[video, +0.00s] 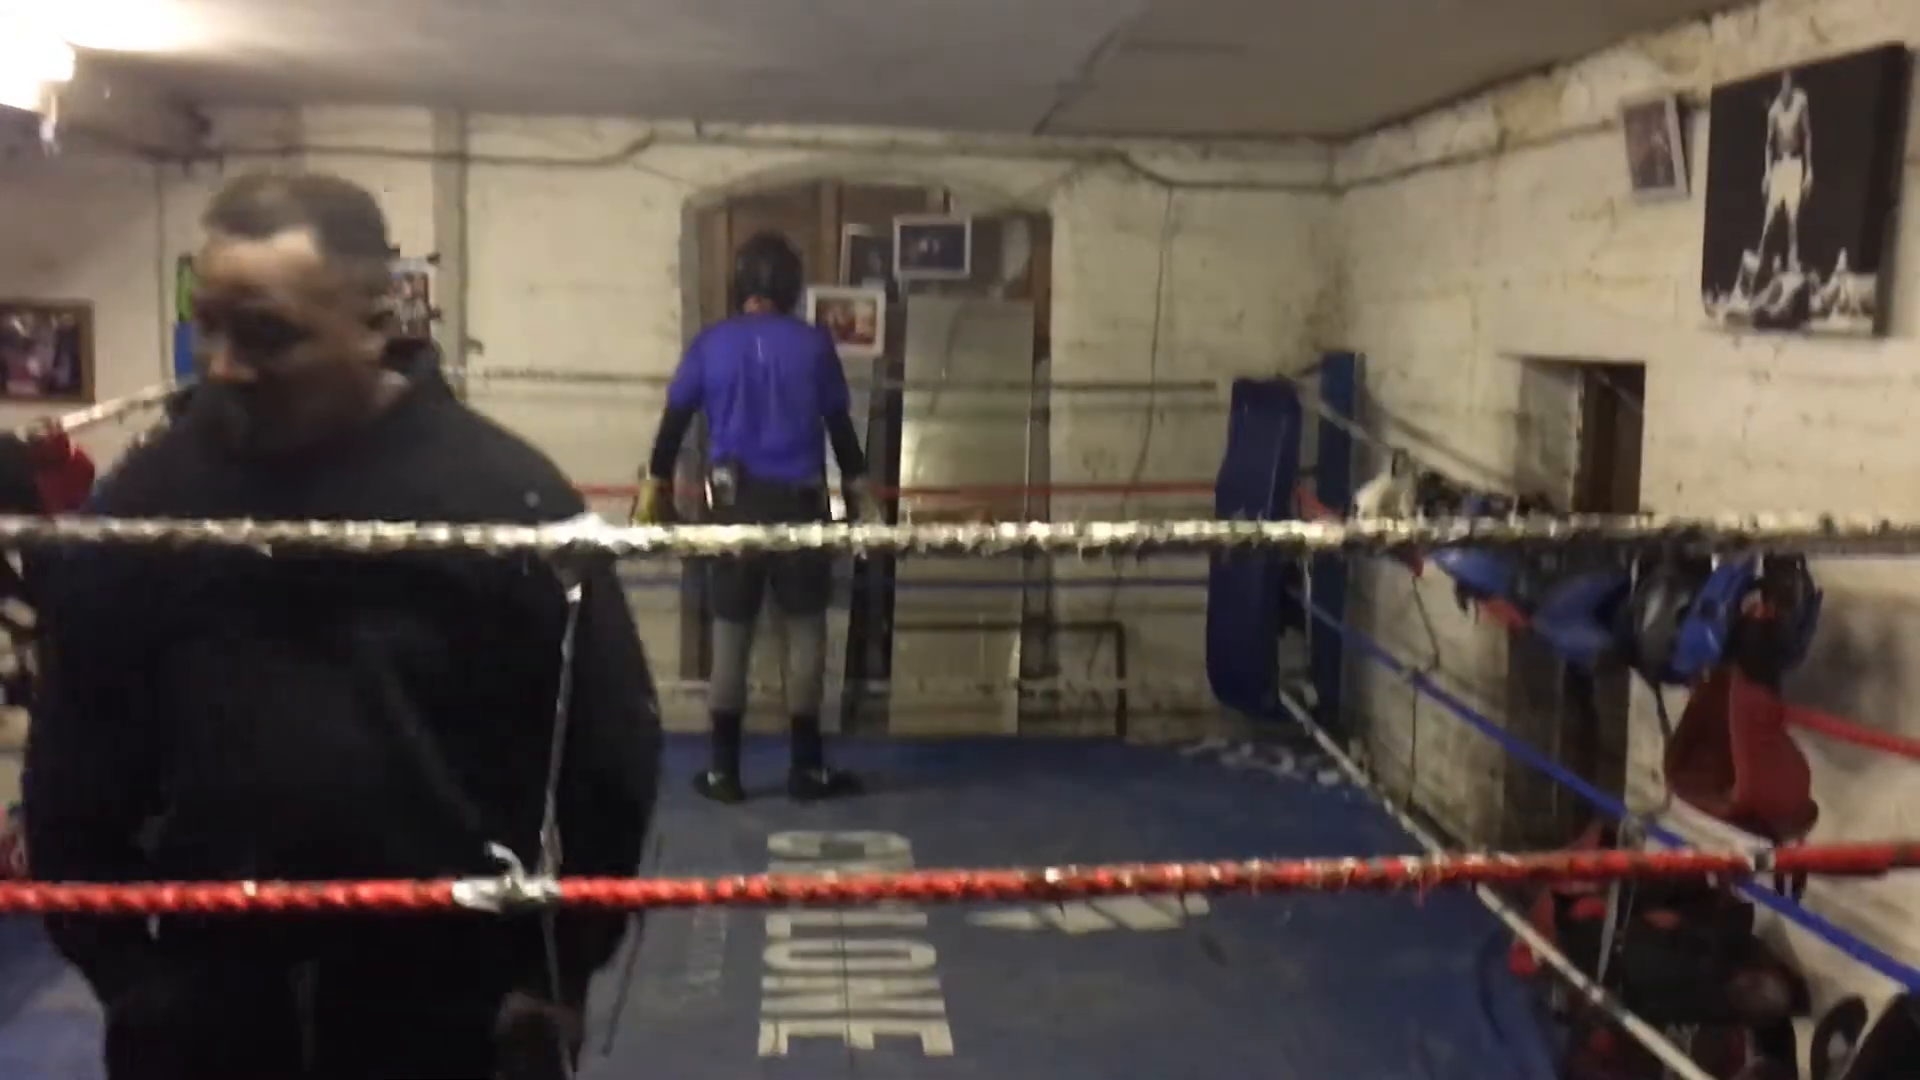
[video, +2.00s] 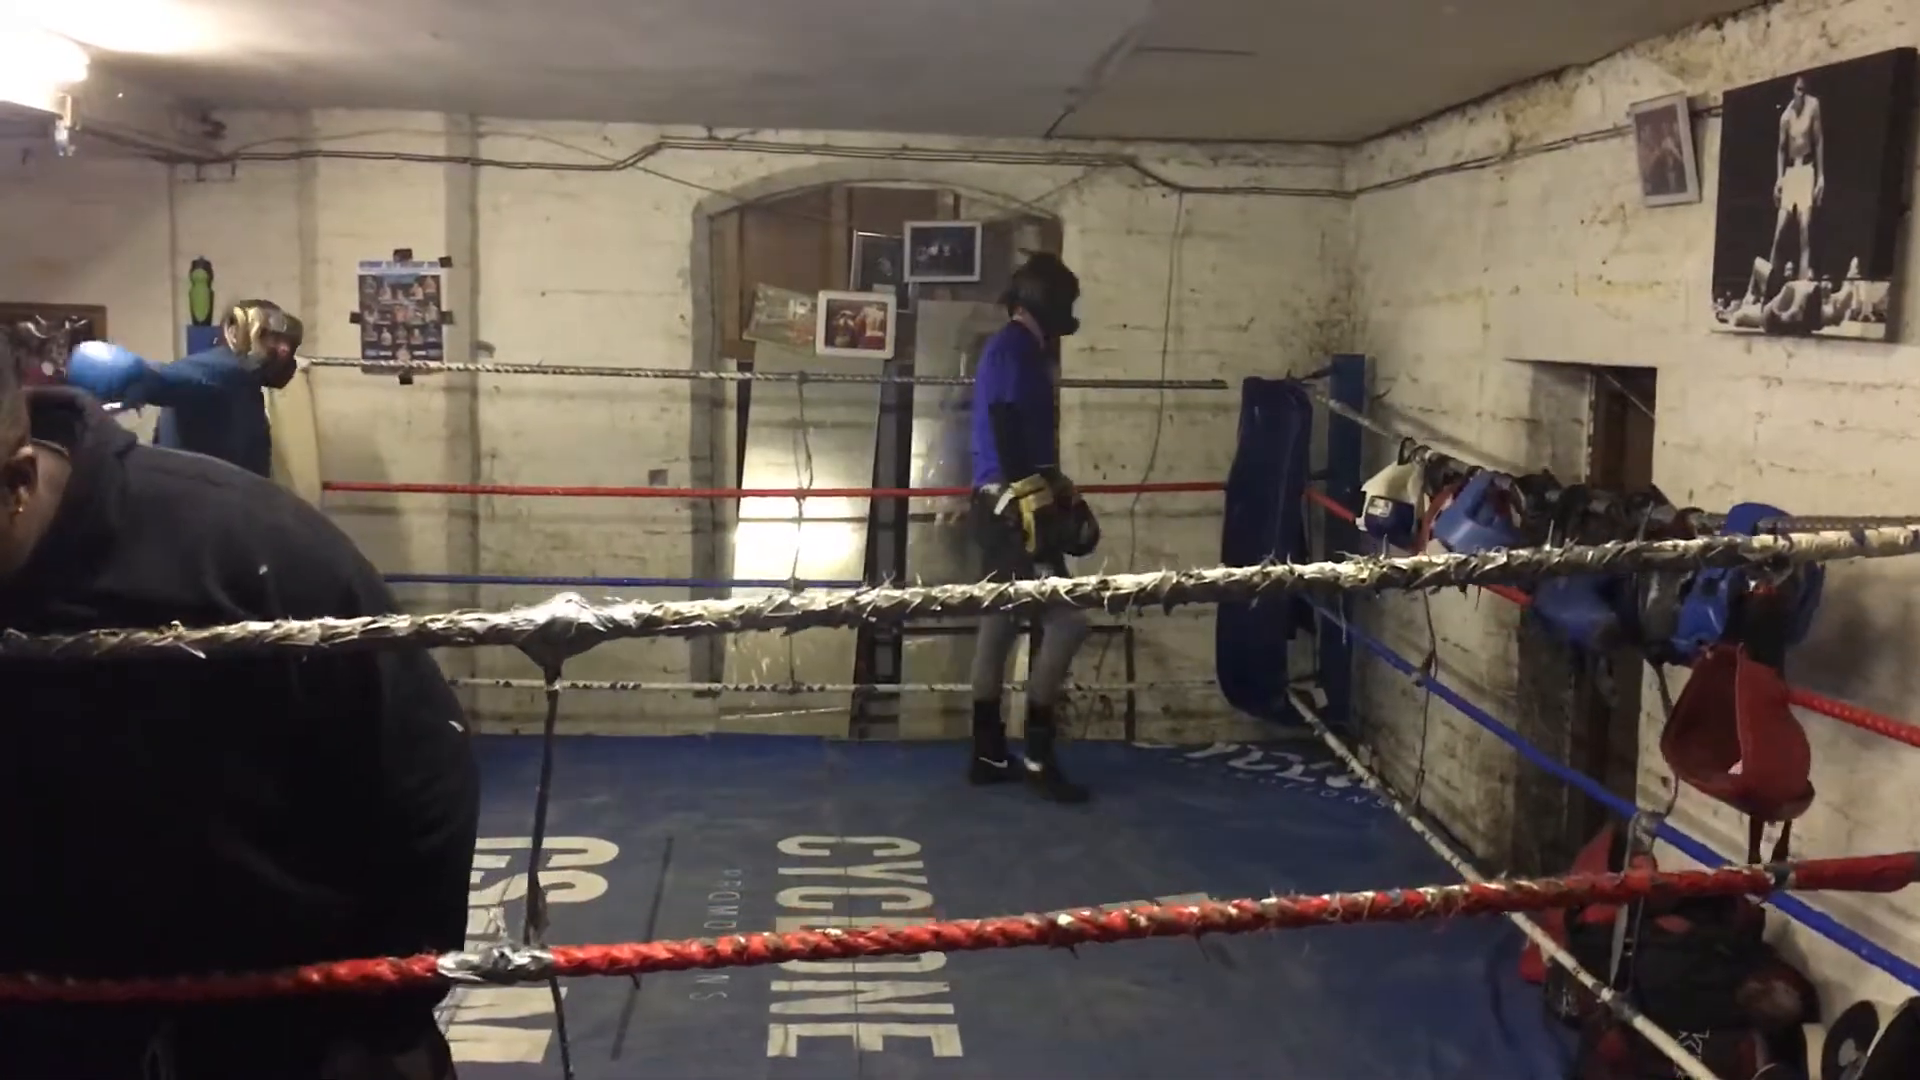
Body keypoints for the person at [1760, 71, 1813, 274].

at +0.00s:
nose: (1786, 88)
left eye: (1789, 83)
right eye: (1784, 84)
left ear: (1793, 86)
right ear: (1781, 86)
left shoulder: (1800, 102)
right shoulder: (1774, 109)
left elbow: (1807, 135)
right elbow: (1768, 142)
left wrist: (1809, 170)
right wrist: (1767, 172)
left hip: (1795, 162)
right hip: (1778, 163)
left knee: (1793, 214)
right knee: (1770, 214)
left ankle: (1793, 259)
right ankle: (1760, 260)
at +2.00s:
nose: (1799, 94)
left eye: (1802, 91)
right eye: (1797, 90)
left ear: (1807, 92)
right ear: (1793, 91)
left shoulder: (1812, 107)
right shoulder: (1786, 116)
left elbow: (1819, 140)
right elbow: (1781, 148)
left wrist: (1820, 177)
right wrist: (1779, 178)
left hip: (1807, 165)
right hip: (1789, 166)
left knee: (1804, 221)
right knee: (1782, 222)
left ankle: (1804, 269)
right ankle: (1772, 270)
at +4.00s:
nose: (1789, 93)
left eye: (1792, 89)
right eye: (1787, 89)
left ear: (1796, 90)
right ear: (1783, 89)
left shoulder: (1802, 104)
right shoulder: (1775, 114)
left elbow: (1808, 139)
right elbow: (1770, 146)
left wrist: (1810, 175)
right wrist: (1769, 175)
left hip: (1797, 164)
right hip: (1779, 165)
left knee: (1794, 220)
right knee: (1771, 220)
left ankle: (1794, 268)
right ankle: (1762, 266)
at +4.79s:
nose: (1789, 93)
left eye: (1792, 90)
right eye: (1787, 89)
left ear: (1796, 90)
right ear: (1782, 89)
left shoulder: (1802, 106)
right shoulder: (1775, 114)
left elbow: (1808, 139)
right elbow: (1771, 146)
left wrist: (1810, 175)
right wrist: (1769, 175)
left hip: (1797, 162)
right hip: (1779, 164)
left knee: (1794, 218)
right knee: (1772, 218)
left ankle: (1794, 267)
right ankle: (1762, 266)